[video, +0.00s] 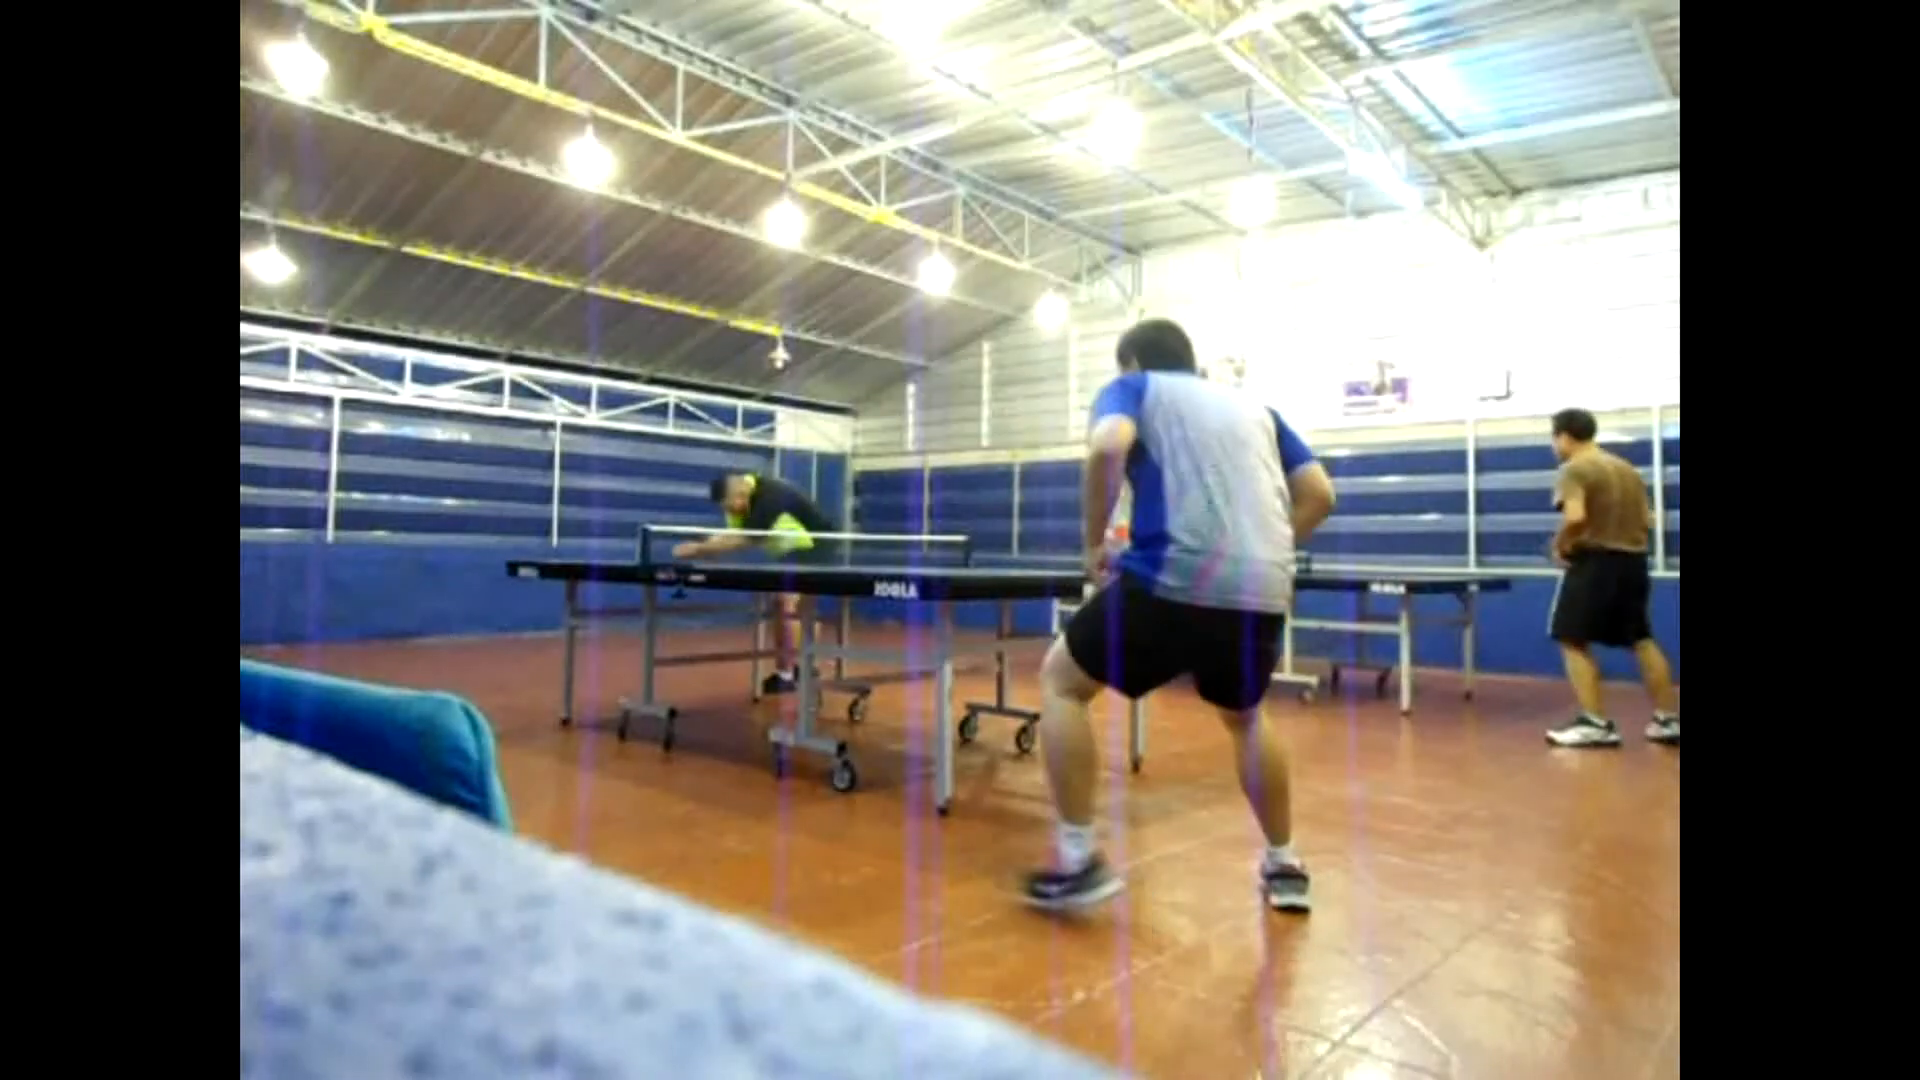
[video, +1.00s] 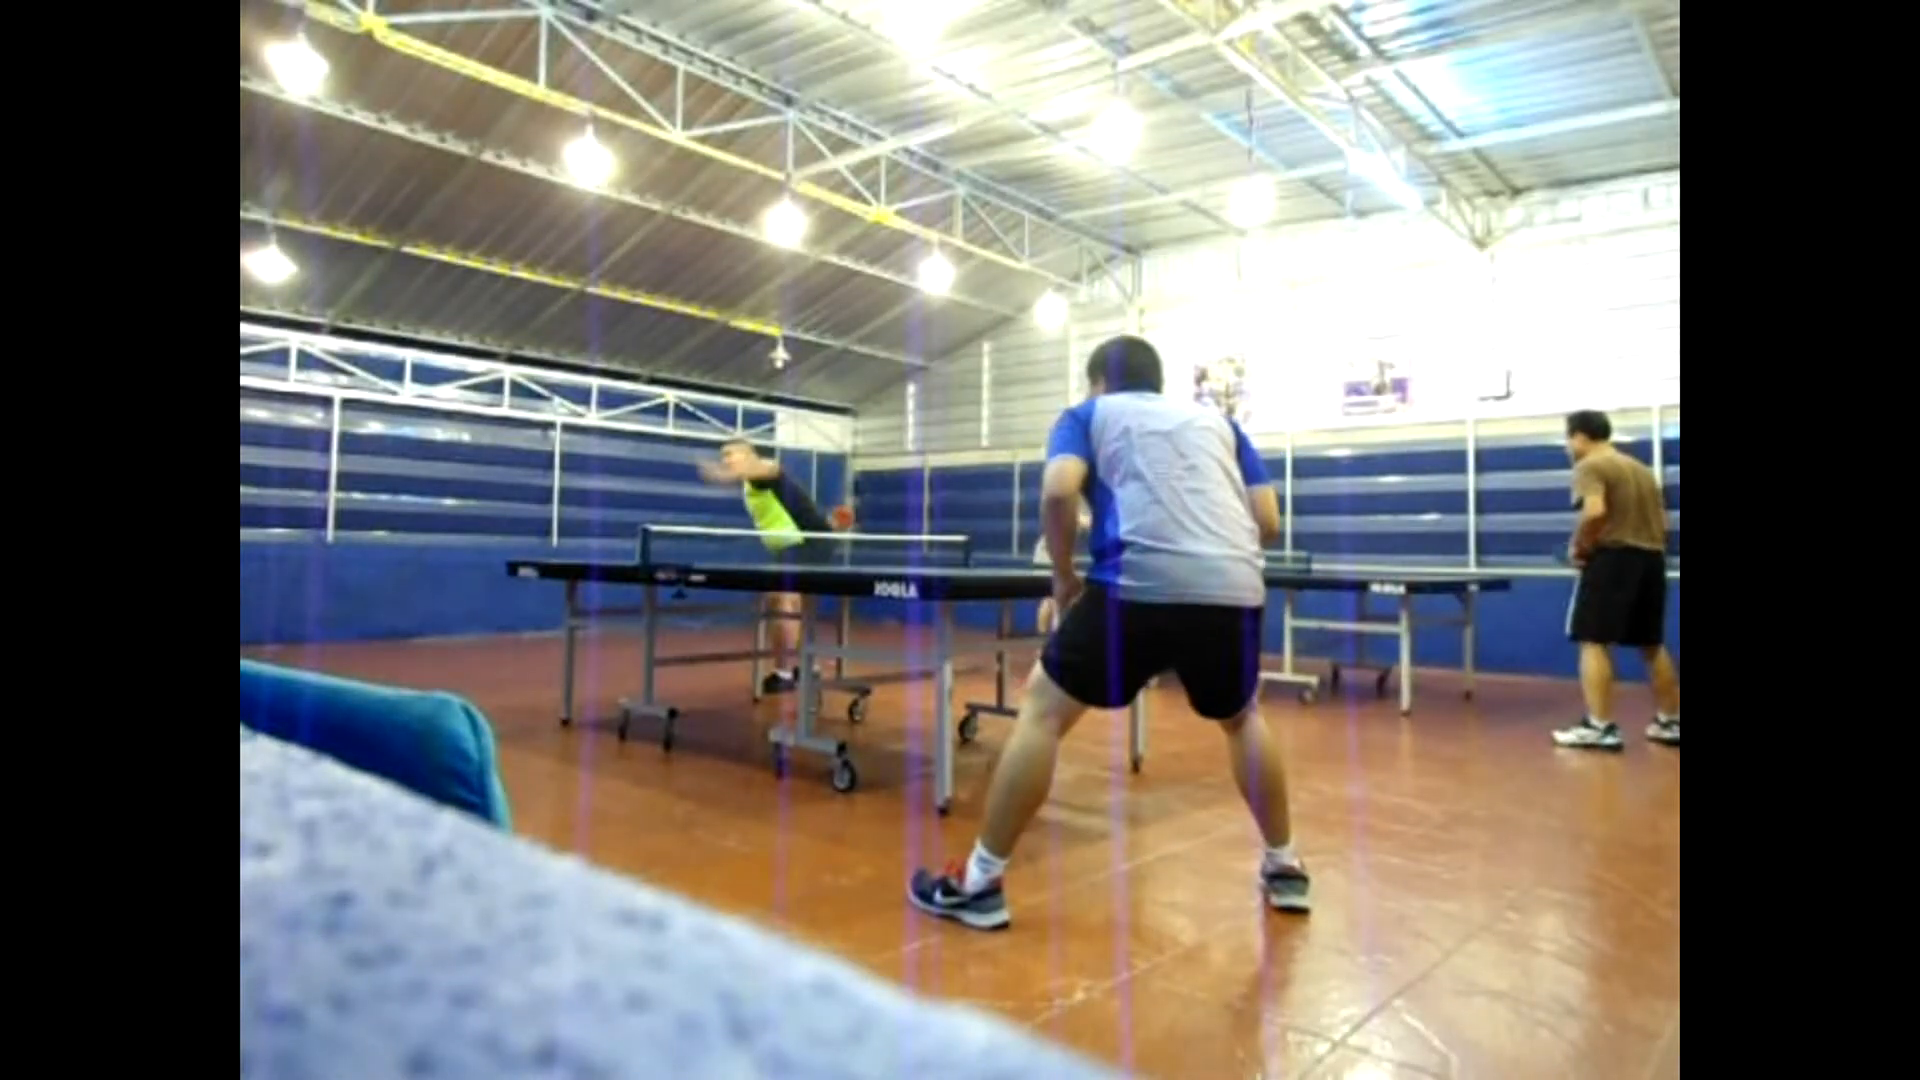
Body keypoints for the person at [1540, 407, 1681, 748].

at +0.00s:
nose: (1554, 445)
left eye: (1555, 437)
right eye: (1554, 438)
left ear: (1566, 437)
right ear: (1591, 435)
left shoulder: (1575, 470)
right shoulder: (1627, 469)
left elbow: (1576, 518)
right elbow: (1646, 520)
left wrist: (1561, 543)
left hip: (1594, 558)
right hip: (1633, 559)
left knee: (1571, 639)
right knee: (1641, 638)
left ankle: (1594, 720)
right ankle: (1668, 716)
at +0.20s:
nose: (1567, 447)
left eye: (1568, 439)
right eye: (1567, 440)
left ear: (1580, 439)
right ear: (1602, 435)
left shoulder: (1589, 467)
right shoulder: (1639, 469)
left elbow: (1594, 514)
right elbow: (1659, 520)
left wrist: (1580, 546)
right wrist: (1646, 543)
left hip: (1612, 554)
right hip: (1649, 555)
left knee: (1581, 635)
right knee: (1654, 640)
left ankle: (1596, 719)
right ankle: (1671, 718)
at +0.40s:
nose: (1571, 446)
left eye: (1573, 438)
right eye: (1571, 439)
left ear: (1585, 437)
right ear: (1607, 435)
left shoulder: (1593, 466)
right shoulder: (1641, 468)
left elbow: (1600, 510)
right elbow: (1660, 517)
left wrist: (1580, 547)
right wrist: (1646, 542)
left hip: (1613, 554)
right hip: (1651, 555)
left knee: (1599, 640)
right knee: (1656, 642)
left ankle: (1599, 722)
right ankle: (1670, 719)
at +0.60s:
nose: (1567, 447)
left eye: (1569, 439)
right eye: (1567, 439)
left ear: (1582, 437)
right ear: (1603, 435)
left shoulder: (1588, 465)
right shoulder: (1641, 469)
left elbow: (1590, 511)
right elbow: (1659, 523)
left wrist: (1576, 543)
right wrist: (1643, 546)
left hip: (1608, 553)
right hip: (1647, 555)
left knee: (1598, 640)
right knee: (1654, 645)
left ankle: (1599, 723)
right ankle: (1671, 718)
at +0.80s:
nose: (1567, 447)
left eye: (1568, 439)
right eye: (1566, 440)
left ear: (1580, 437)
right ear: (1602, 435)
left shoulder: (1587, 466)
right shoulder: (1641, 470)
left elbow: (1590, 513)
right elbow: (1658, 523)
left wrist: (1574, 544)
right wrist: (1644, 547)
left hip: (1607, 554)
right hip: (1646, 556)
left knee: (1595, 640)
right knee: (1651, 644)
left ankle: (1599, 723)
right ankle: (1671, 718)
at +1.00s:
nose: (1569, 446)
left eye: (1571, 439)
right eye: (1569, 439)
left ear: (1583, 438)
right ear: (1604, 435)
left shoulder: (1591, 465)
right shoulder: (1640, 469)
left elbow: (1595, 511)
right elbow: (1660, 520)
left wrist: (1579, 545)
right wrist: (1643, 543)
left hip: (1611, 553)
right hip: (1650, 555)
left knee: (1592, 641)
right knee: (1652, 644)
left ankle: (1598, 723)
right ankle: (1670, 718)